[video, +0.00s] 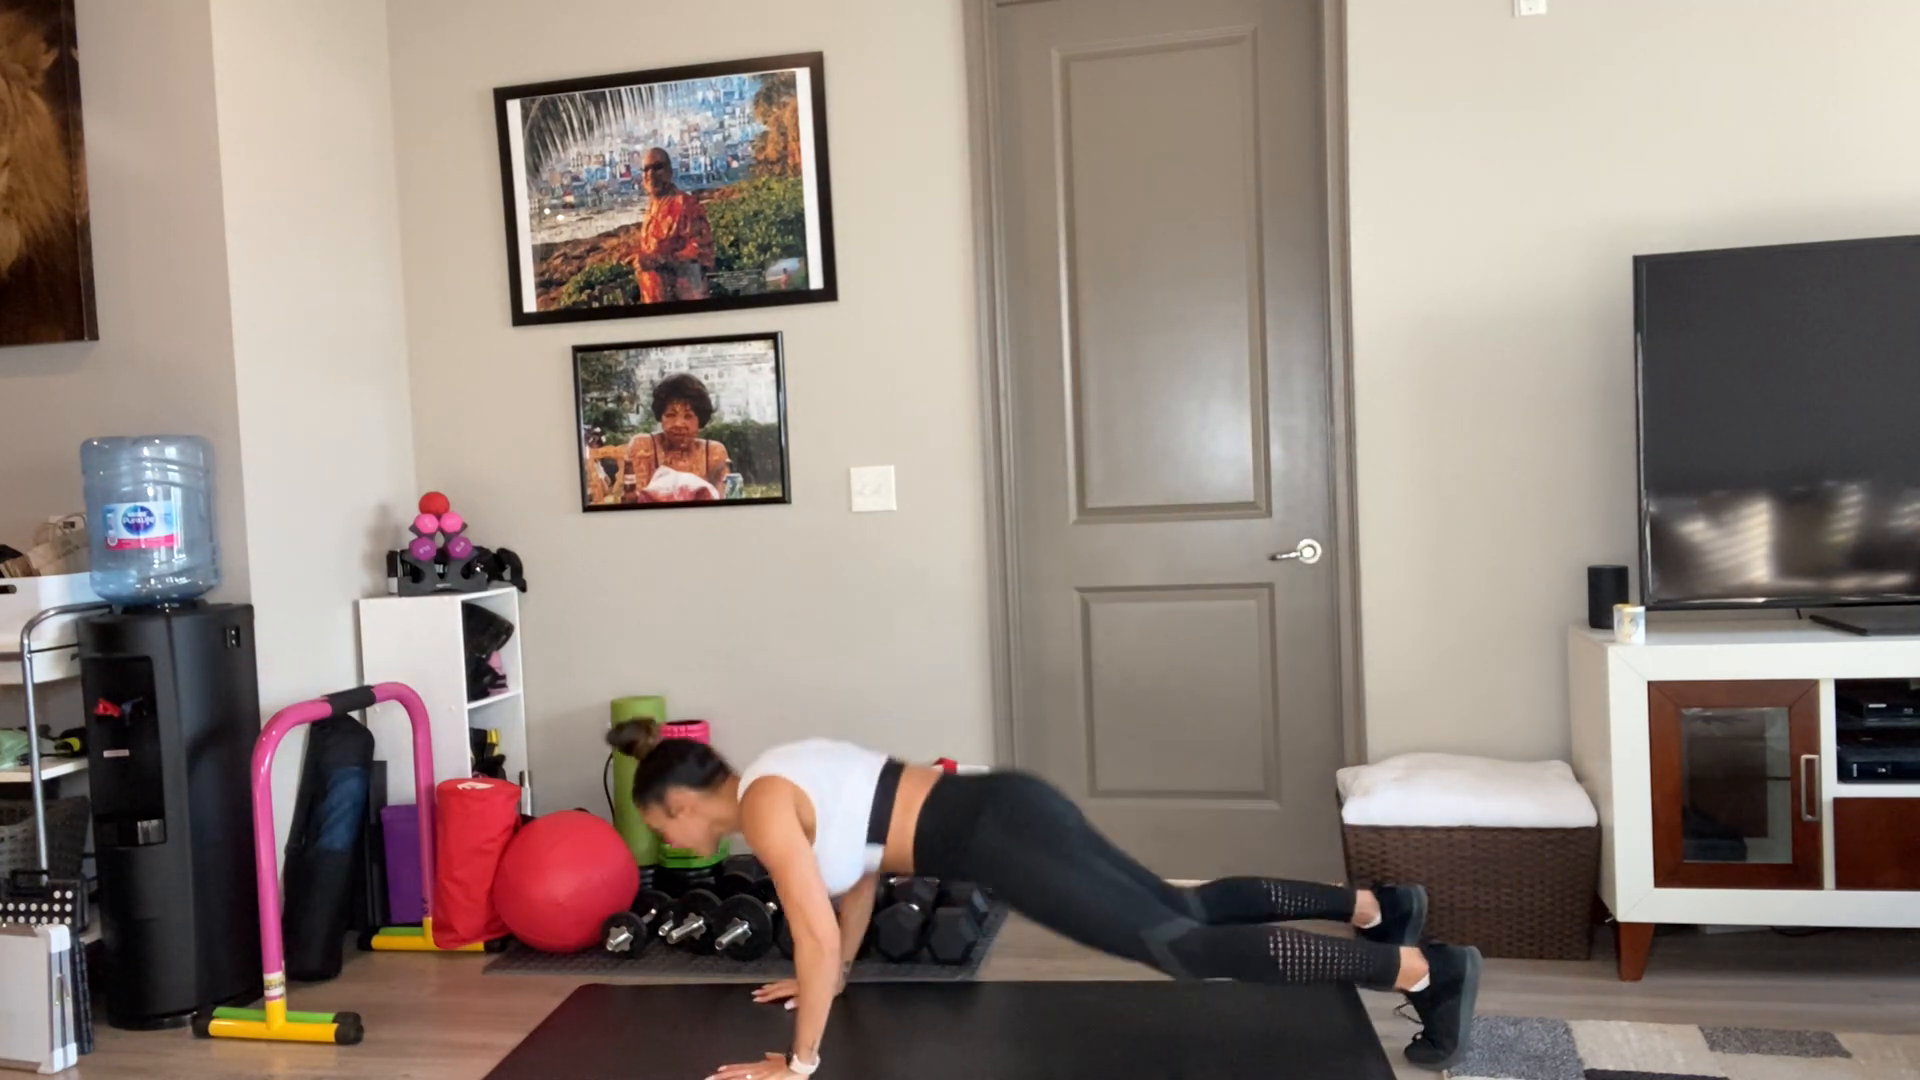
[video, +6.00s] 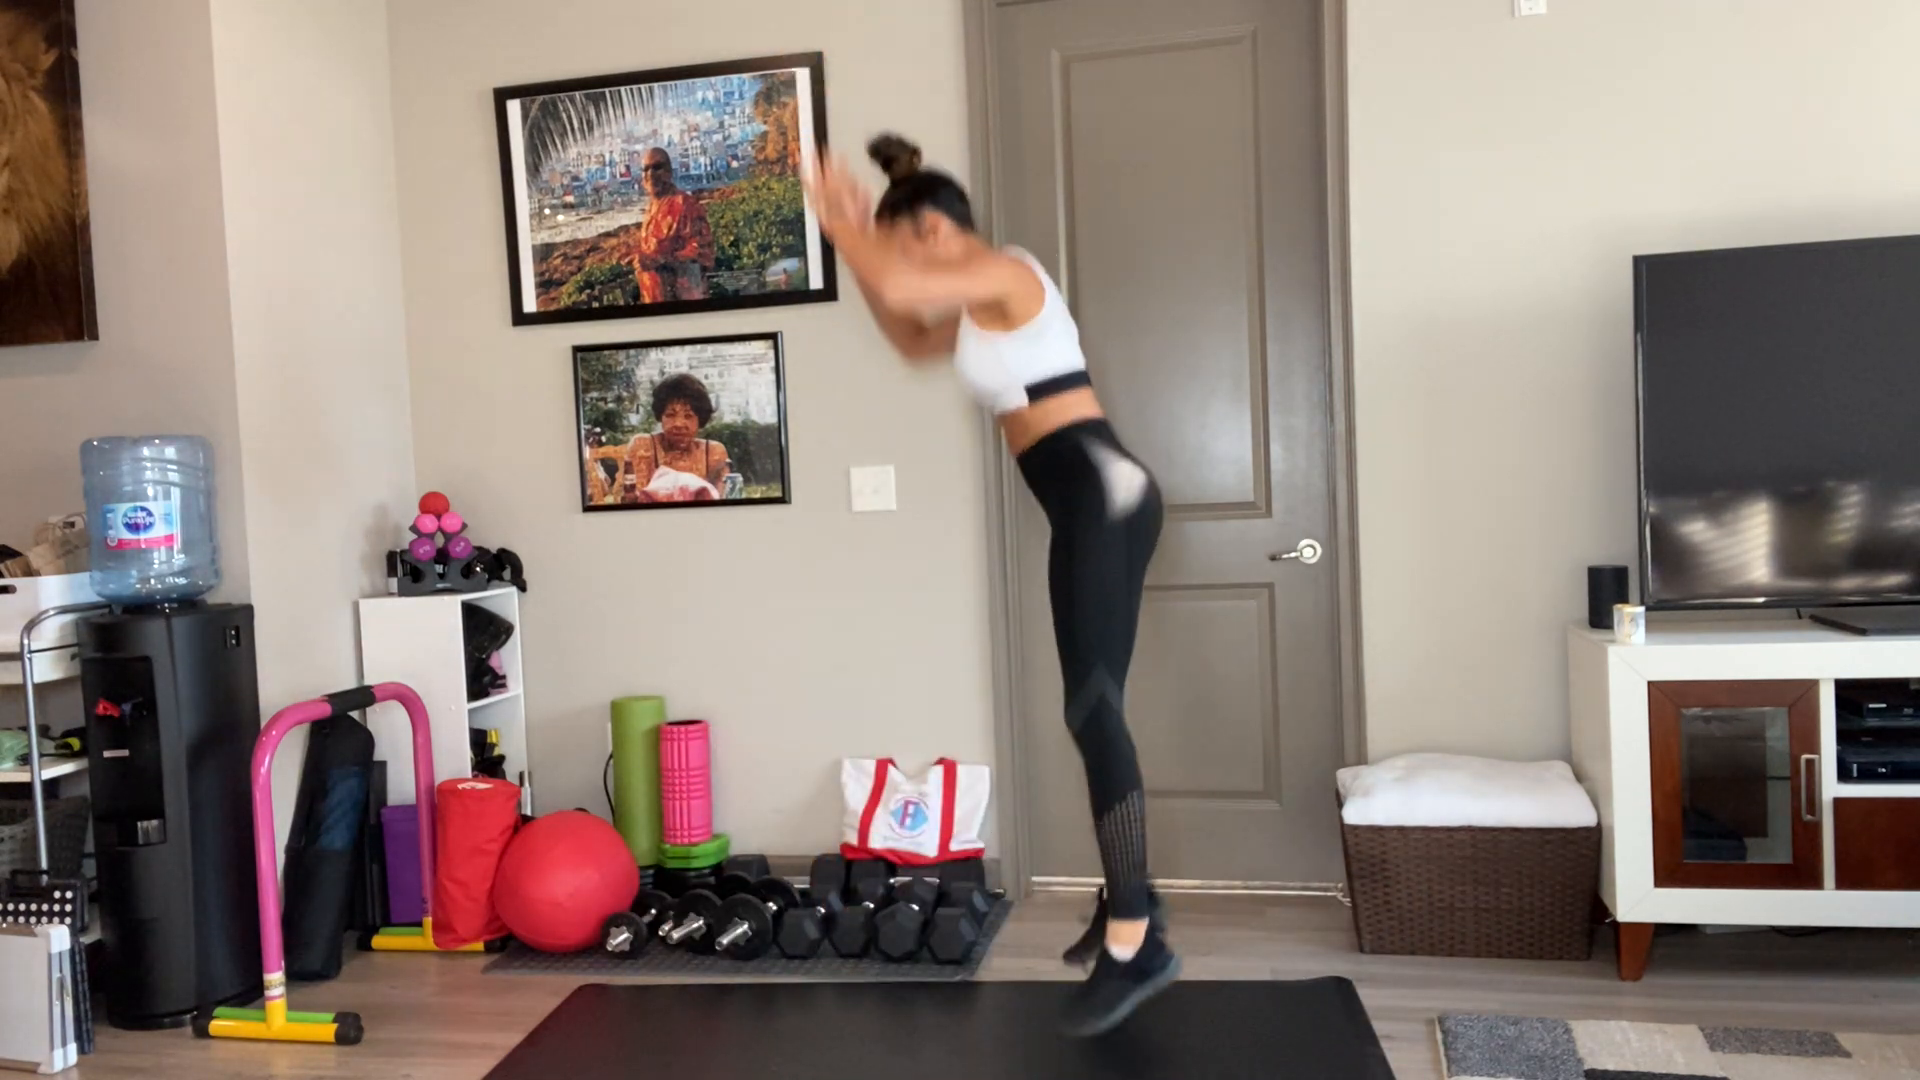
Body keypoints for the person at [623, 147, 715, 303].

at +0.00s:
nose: (650, 174)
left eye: (657, 167)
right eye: (646, 169)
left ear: (670, 172)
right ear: (642, 176)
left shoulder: (686, 204)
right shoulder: (653, 206)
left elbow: (703, 255)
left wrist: (655, 260)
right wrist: (639, 257)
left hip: (683, 297)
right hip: (655, 297)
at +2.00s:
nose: (650, 174)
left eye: (657, 167)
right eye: (646, 169)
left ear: (670, 172)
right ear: (642, 176)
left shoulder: (685, 204)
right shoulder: (653, 206)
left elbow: (703, 254)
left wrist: (656, 260)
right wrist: (637, 256)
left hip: (682, 297)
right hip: (655, 297)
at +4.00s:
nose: (650, 175)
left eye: (657, 167)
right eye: (645, 169)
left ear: (669, 172)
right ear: (642, 176)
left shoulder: (686, 204)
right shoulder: (654, 206)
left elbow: (702, 255)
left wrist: (657, 260)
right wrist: (638, 257)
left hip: (683, 297)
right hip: (655, 297)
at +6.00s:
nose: (650, 174)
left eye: (657, 168)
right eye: (645, 169)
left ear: (669, 172)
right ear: (642, 175)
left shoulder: (685, 204)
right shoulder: (653, 206)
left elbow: (703, 254)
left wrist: (658, 260)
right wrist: (638, 257)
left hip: (682, 297)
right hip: (655, 297)